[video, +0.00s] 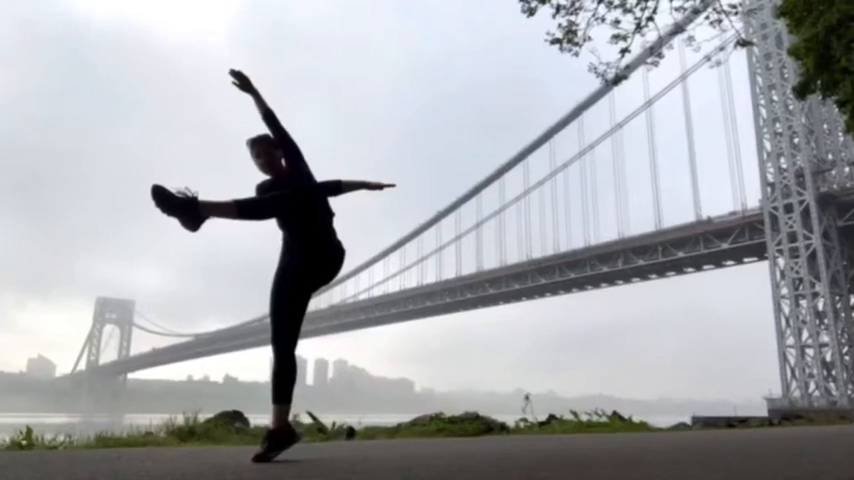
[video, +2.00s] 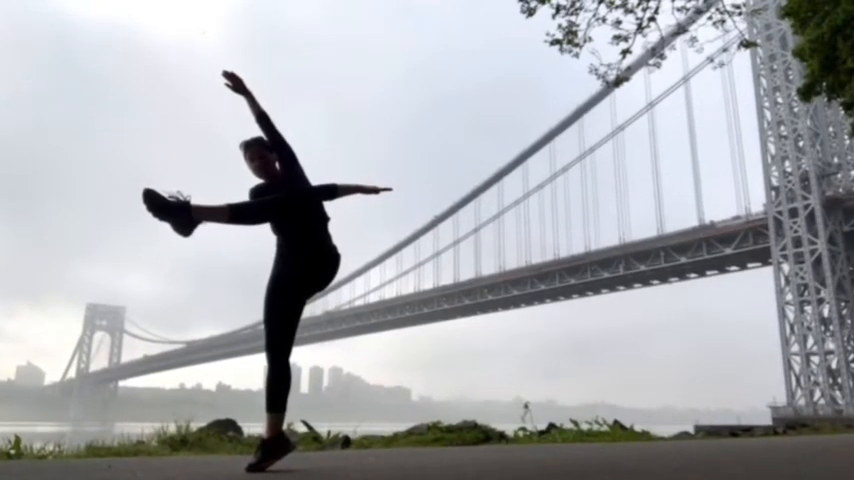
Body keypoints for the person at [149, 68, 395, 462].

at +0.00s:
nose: (261, 161)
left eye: (265, 154)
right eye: (257, 157)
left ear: (280, 151)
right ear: (255, 162)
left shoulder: (299, 172)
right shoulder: (267, 192)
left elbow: (280, 131)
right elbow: (323, 189)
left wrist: (254, 92)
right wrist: (365, 185)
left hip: (325, 255)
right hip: (294, 263)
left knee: (282, 203)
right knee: (283, 344)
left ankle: (201, 210)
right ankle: (281, 427)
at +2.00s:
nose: (255, 164)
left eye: (259, 156)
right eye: (250, 160)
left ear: (274, 155)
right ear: (249, 166)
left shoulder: (294, 176)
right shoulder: (261, 197)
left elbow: (273, 132)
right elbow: (318, 193)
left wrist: (247, 93)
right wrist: (360, 189)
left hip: (320, 260)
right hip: (288, 270)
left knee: (278, 207)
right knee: (278, 353)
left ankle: (193, 214)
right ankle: (274, 436)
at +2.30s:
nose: (253, 164)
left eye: (257, 157)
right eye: (248, 160)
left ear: (272, 154)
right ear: (248, 165)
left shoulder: (292, 174)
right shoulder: (261, 198)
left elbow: (273, 133)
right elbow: (317, 193)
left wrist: (246, 94)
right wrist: (354, 190)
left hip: (319, 263)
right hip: (287, 273)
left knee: (274, 206)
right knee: (277, 354)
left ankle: (192, 215)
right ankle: (274, 436)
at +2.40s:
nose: (253, 165)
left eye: (256, 157)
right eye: (249, 161)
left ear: (271, 152)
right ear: (250, 163)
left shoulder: (291, 175)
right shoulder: (261, 196)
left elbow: (270, 131)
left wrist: (246, 95)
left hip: (312, 261)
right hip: (291, 270)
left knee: (270, 205)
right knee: (277, 353)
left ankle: (192, 215)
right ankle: (274, 437)